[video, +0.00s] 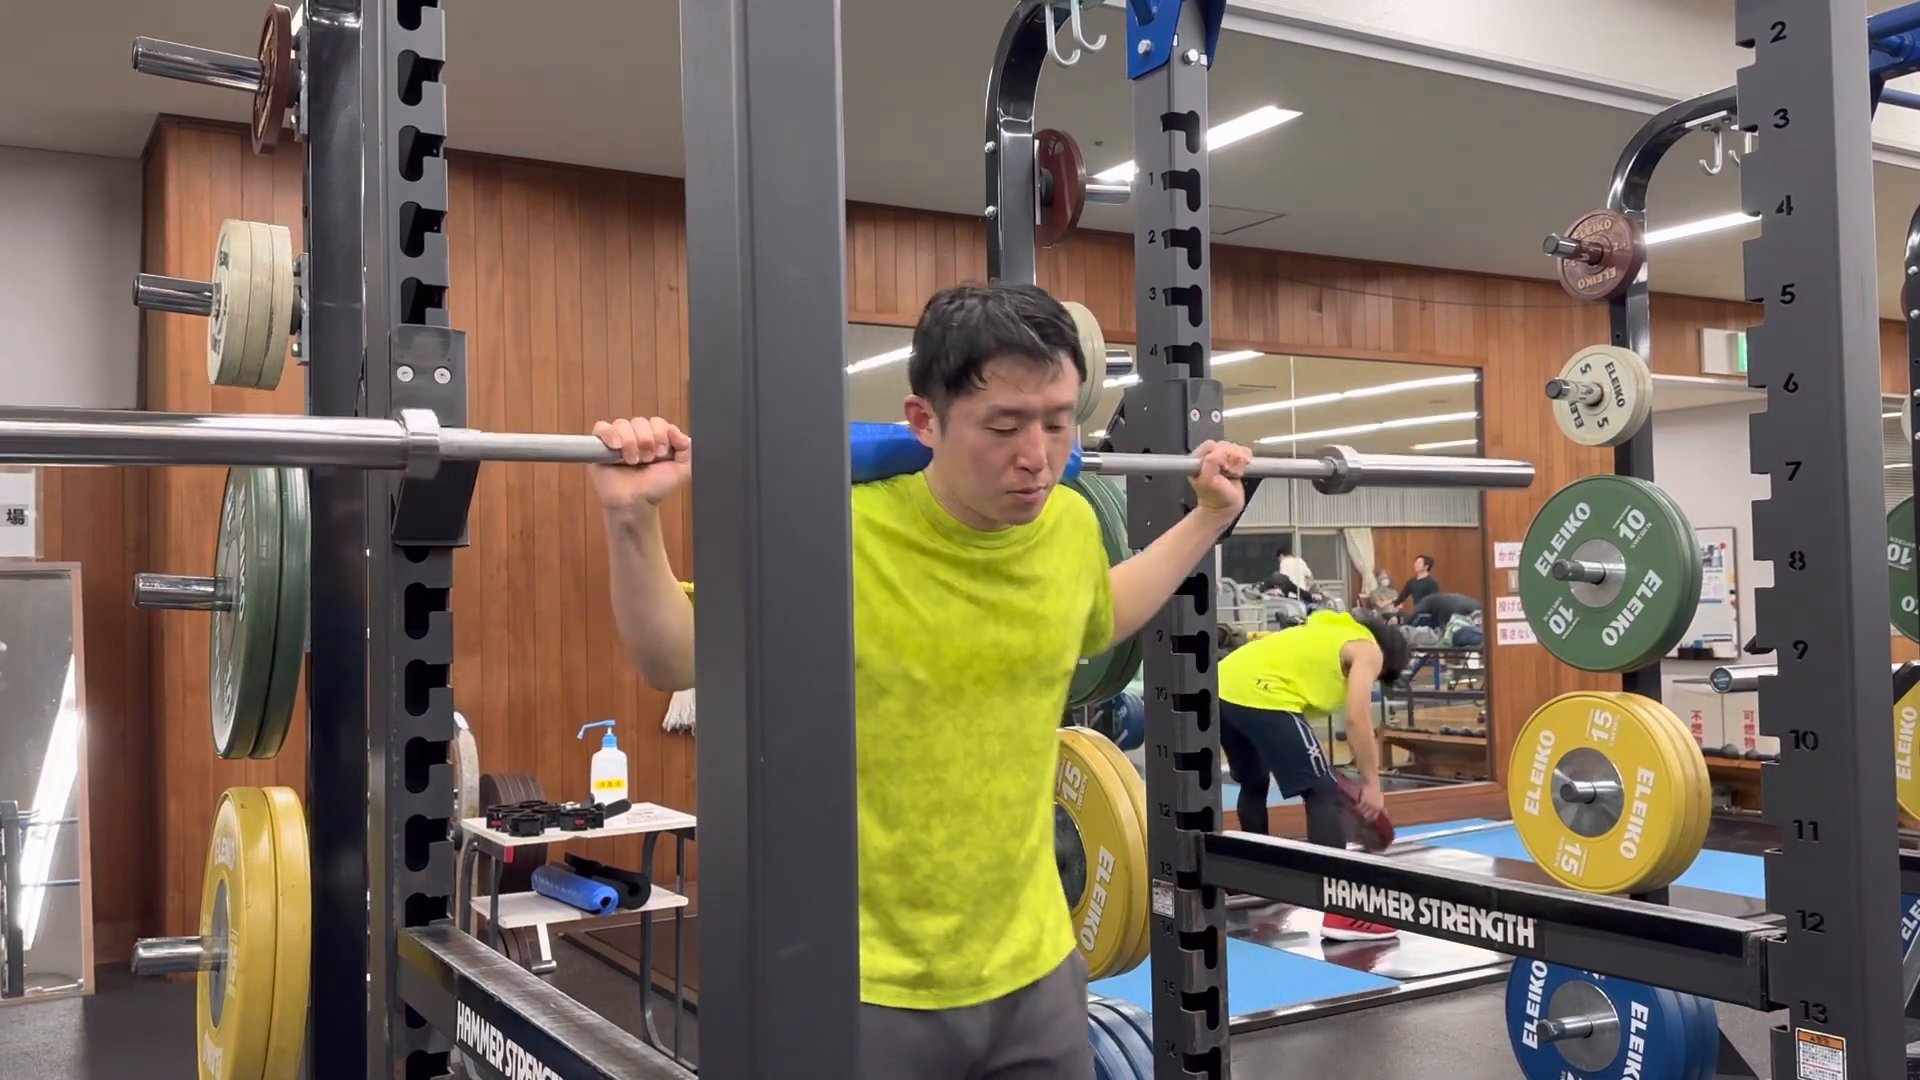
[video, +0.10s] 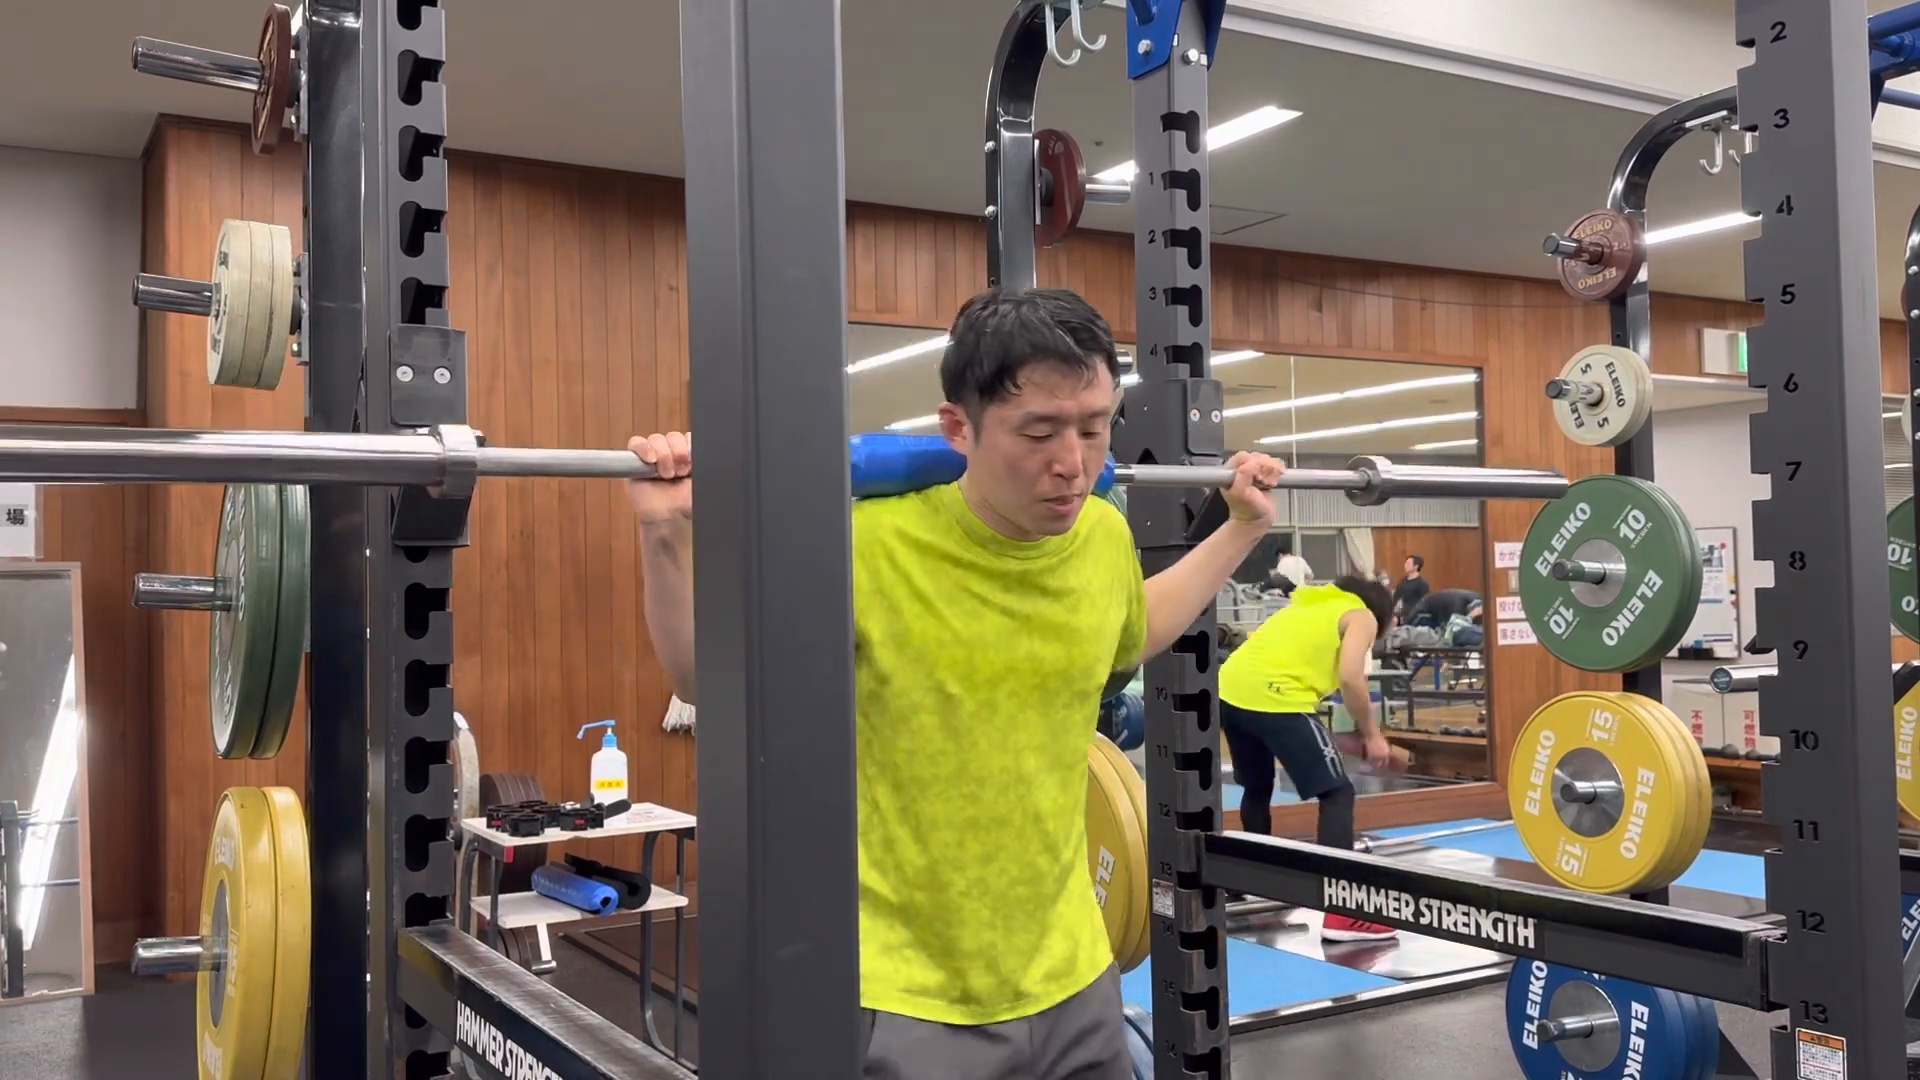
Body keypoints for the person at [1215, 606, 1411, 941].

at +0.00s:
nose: (1377, 679)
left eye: (1382, 675)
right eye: (1383, 672)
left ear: (1368, 626)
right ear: (1384, 652)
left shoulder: (1322, 628)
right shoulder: (1366, 648)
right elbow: (1357, 719)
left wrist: (1322, 774)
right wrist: (1372, 783)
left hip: (1222, 692)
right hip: (1268, 701)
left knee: (1252, 786)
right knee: (1323, 795)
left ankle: (1259, 881)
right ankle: (1341, 908)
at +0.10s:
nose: (1381, 631)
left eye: (1384, 628)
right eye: (1383, 625)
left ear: (1345, 589)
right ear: (1376, 611)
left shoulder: (1306, 602)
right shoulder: (1361, 614)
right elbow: (1350, 677)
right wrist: (1372, 734)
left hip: (1231, 694)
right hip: (1280, 701)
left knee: (1256, 790)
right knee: (1338, 794)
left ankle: (1261, 884)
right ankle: (1342, 909)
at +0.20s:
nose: (1376, 604)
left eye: (1377, 598)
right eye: (1374, 595)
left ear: (1328, 571)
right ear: (1362, 583)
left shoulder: (1289, 587)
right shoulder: (1356, 593)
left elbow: (1257, 638)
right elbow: (1355, 649)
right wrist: (1376, 700)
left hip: (1243, 695)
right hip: (1295, 701)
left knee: (1261, 791)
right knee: (1350, 794)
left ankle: (1262, 887)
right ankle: (1342, 909)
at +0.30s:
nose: (1358, 568)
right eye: (1355, 562)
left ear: (1301, 553)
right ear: (1345, 557)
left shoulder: (1268, 584)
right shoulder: (1350, 575)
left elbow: (1237, 645)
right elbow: (1359, 625)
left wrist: (1280, 642)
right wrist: (1379, 669)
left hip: (1255, 696)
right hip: (1311, 699)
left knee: (1269, 791)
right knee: (1355, 797)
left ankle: (1280, 886)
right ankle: (1342, 909)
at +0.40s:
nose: (1346, 552)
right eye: (1343, 546)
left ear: (1290, 545)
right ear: (1334, 546)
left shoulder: (1260, 580)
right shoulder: (1344, 568)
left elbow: (1236, 642)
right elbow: (1358, 613)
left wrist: (1272, 658)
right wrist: (1379, 652)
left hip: (1260, 696)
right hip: (1320, 697)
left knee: (1275, 788)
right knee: (1353, 797)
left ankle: (1295, 885)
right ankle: (1342, 904)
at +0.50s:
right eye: (1318, 530)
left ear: (1272, 540)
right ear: (1314, 536)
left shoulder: (1249, 576)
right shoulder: (1330, 560)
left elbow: (1231, 639)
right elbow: (1357, 595)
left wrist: (1264, 662)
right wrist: (1379, 635)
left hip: (1264, 693)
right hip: (1323, 692)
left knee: (1280, 796)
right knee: (1346, 797)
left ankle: (1306, 891)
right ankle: (1340, 902)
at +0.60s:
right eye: (1293, 520)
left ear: (1251, 537)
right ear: (1292, 527)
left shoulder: (1238, 573)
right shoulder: (1318, 555)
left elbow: (1224, 637)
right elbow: (1354, 586)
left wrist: (1259, 658)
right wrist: (1373, 626)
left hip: (1264, 688)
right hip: (1323, 684)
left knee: (1281, 794)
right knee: (1346, 793)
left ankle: (1310, 892)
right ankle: (1354, 897)